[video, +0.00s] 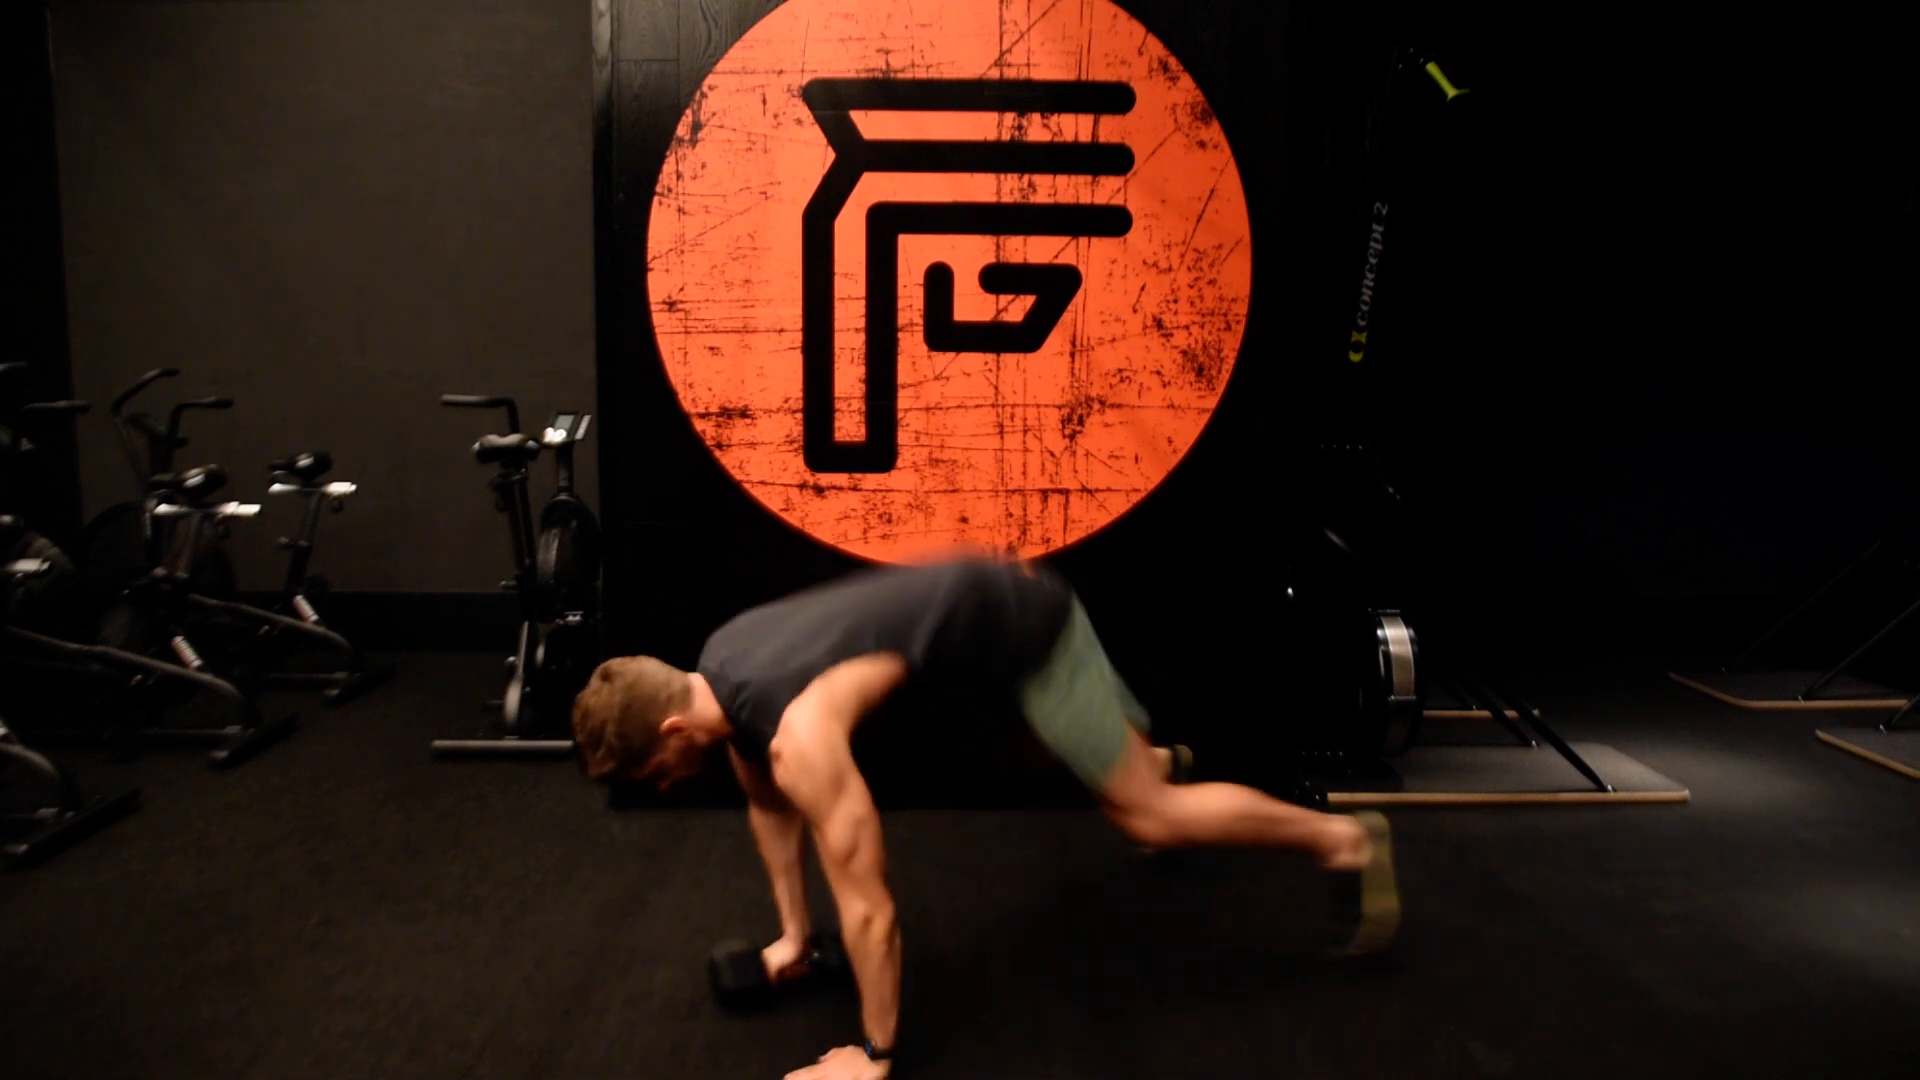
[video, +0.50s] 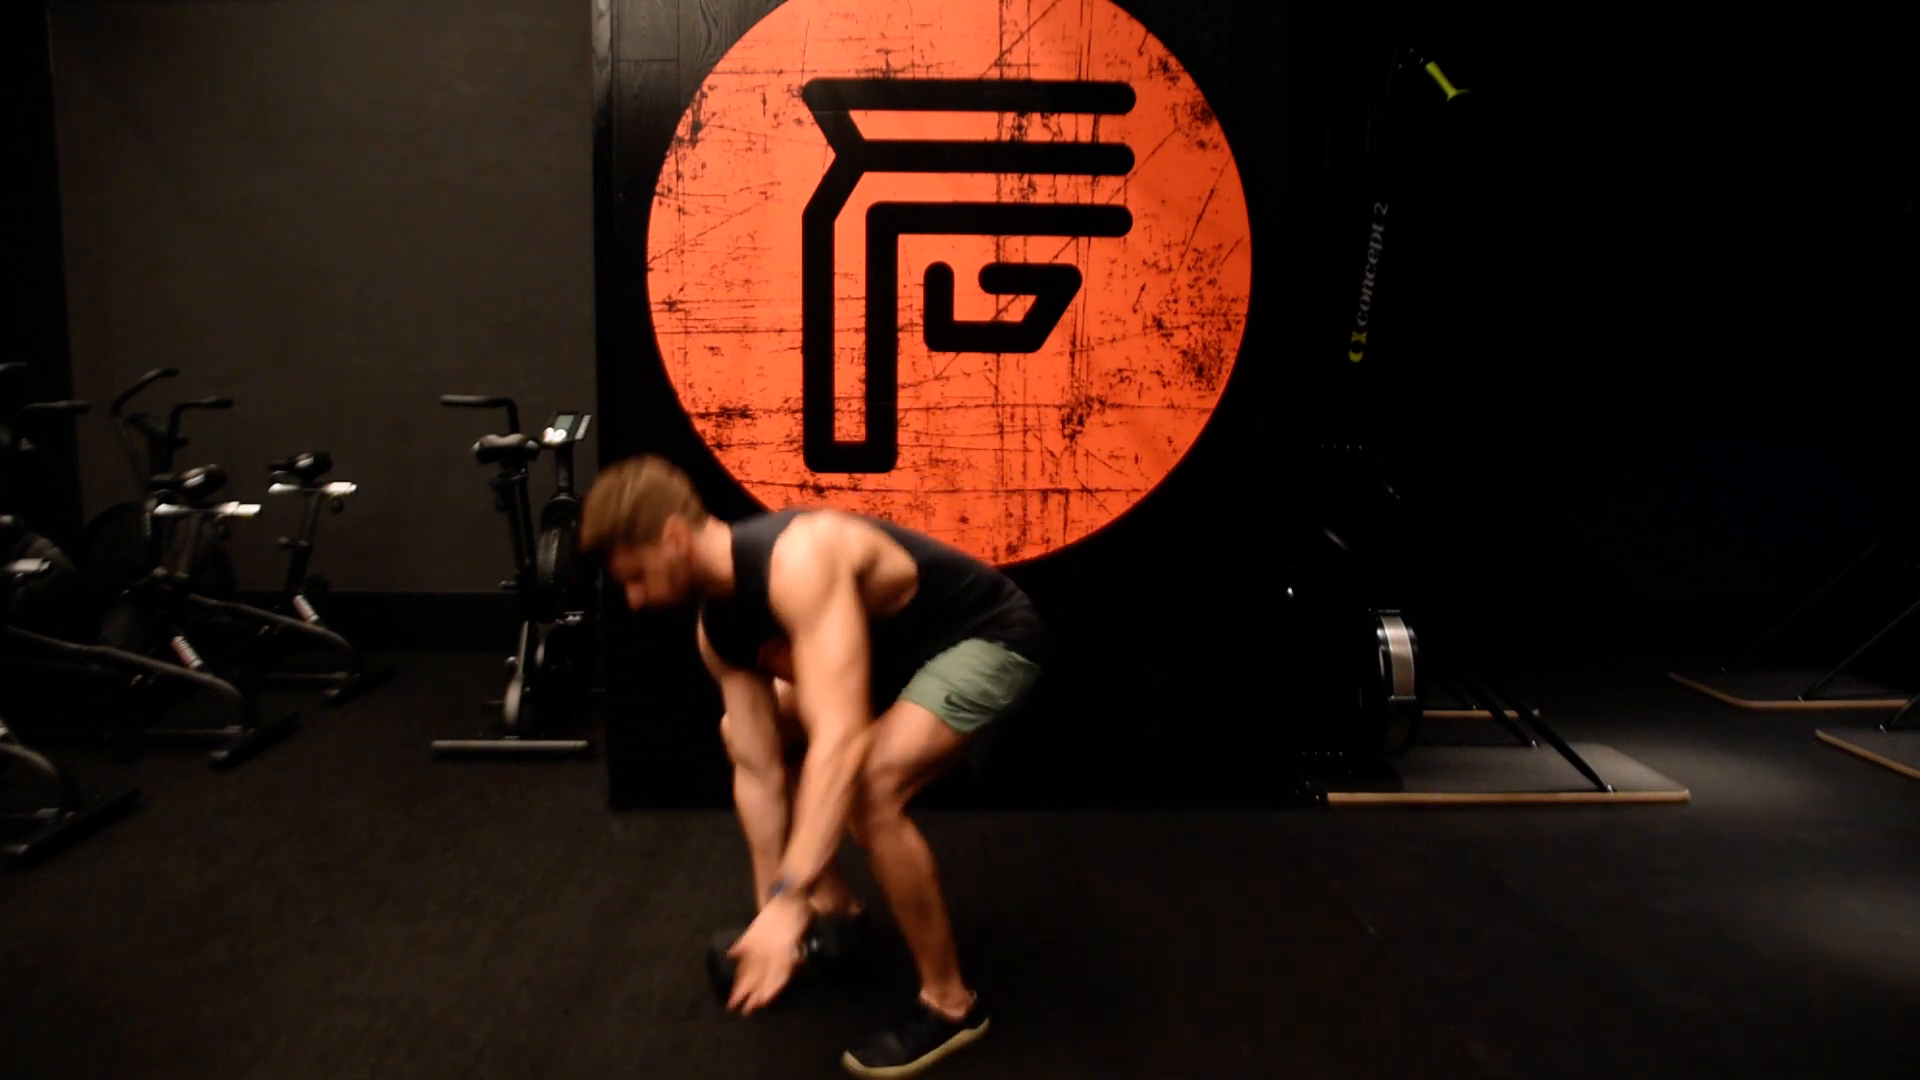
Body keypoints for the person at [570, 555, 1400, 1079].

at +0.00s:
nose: (662, 787)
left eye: (652, 775)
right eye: (646, 781)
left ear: (674, 736)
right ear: (665, 706)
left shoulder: (796, 731)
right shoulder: (725, 673)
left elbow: (867, 900)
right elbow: (771, 810)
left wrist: (877, 1049)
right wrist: (793, 936)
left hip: (1031, 623)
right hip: (957, 612)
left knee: (1155, 814)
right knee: (1084, 745)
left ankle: (1344, 840)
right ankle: (1153, 756)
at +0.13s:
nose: (688, 763)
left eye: (679, 752)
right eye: (674, 759)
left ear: (696, 713)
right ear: (686, 692)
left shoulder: (804, 698)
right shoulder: (732, 668)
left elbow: (859, 887)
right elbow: (778, 804)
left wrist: (868, 1036)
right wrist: (796, 939)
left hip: (1012, 539)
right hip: (936, 551)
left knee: (1024, 769)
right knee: (916, 703)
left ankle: (1199, 888)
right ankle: (1050, 804)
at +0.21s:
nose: (698, 742)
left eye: (689, 730)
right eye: (684, 738)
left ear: (702, 687)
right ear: (701, 677)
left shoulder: (805, 667)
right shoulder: (739, 651)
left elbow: (854, 862)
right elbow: (783, 797)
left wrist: (851, 1013)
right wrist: (794, 937)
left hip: (1010, 534)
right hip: (934, 549)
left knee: (954, 749)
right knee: (889, 717)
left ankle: (1052, 949)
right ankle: (953, 836)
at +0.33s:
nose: (657, 692)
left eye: (652, 674)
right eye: (644, 683)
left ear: (674, 630)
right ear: (673, 626)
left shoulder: (783, 628)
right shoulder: (731, 642)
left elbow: (814, 826)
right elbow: (766, 793)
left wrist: (788, 990)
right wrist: (795, 934)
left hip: (1005, 597)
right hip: (919, 612)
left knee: (891, 774)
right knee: (793, 766)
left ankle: (953, 1002)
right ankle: (834, 917)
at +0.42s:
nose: (641, 649)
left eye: (640, 629)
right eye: (629, 636)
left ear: (671, 582)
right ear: (670, 583)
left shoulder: (788, 600)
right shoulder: (722, 639)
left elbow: (810, 789)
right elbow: (761, 784)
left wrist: (761, 948)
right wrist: (774, 925)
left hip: (994, 634)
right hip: (900, 652)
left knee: (870, 787)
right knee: (765, 753)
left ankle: (951, 1002)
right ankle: (833, 917)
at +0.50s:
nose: (634, 599)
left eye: (637, 577)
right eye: (624, 584)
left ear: (675, 535)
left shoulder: (802, 560)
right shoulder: (719, 627)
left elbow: (842, 740)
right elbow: (755, 771)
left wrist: (787, 901)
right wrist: (766, 920)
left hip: (987, 635)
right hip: (891, 653)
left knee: (870, 784)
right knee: (753, 730)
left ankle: (950, 1001)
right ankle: (835, 914)